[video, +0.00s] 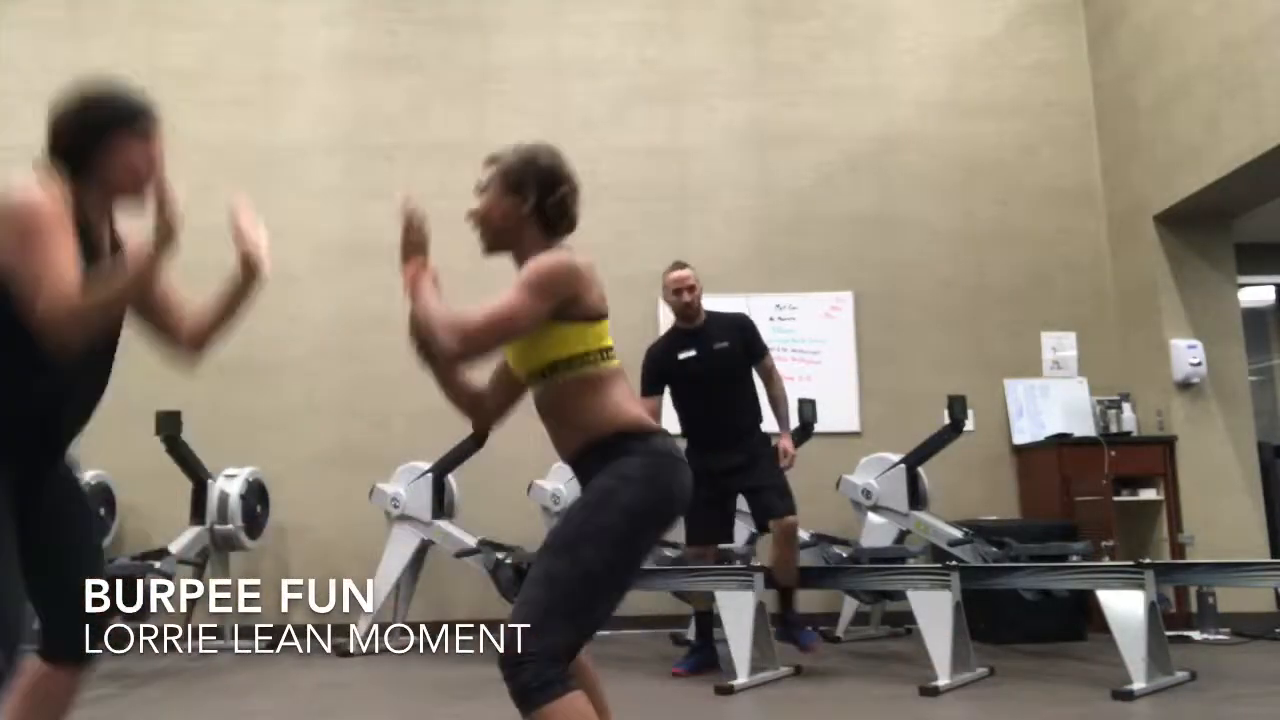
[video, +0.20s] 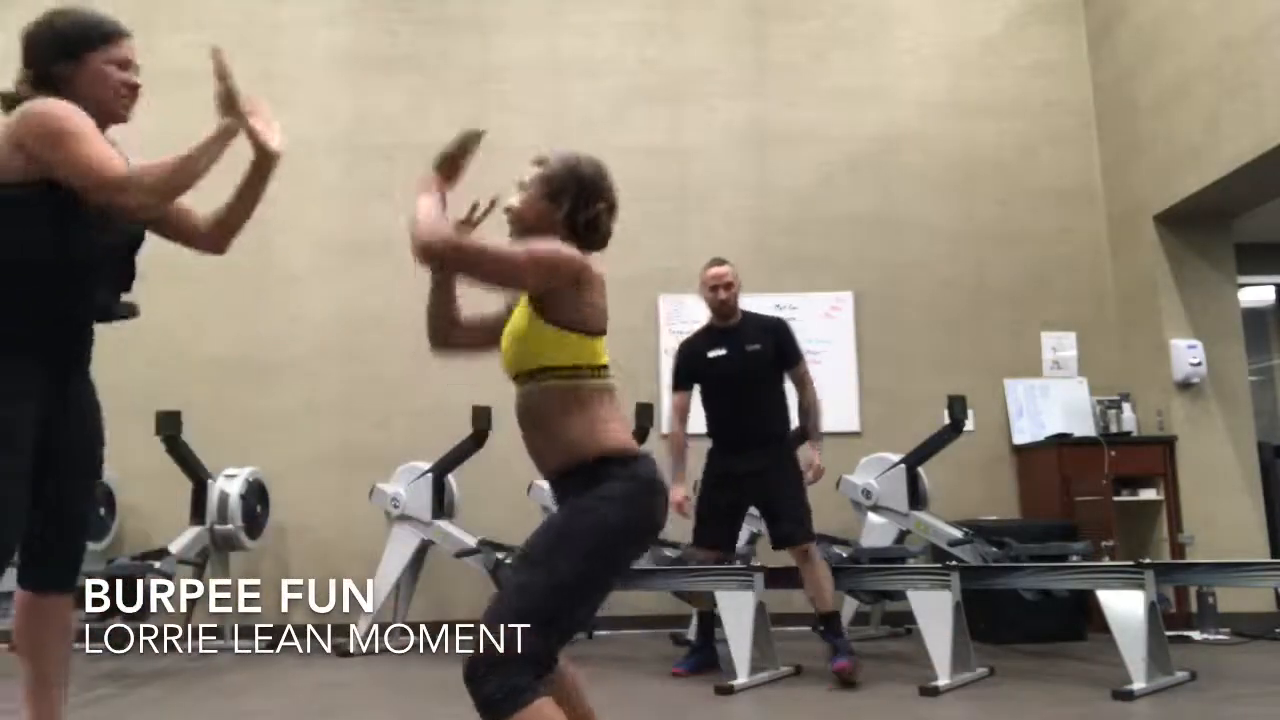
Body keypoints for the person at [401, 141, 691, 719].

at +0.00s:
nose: (473, 206)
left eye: (486, 191)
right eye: (479, 191)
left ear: (523, 203)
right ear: (521, 205)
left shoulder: (559, 268)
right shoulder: (546, 299)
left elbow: (453, 339)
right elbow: (484, 409)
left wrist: (419, 274)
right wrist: (430, 345)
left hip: (638, 468)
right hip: (621, 474)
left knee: (529, 656)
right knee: (547, 641)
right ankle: (597, 713)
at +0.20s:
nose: (518, 188)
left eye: (533, 183)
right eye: (525, 179)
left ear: (561, 208)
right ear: (553, 206)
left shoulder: (567, 264)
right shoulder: (538, 301)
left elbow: (432, 244)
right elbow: (445, 335)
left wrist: (431, 190)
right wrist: (450, 258)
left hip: (616, 490)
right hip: (590, 494)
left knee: (497, 668)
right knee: (529, 651)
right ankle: (582, 715)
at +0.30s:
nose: (530, 108)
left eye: (544, 100)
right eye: (536, 98)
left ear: (575, 116)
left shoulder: (572, 161)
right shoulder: (537, 204)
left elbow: (440, 154)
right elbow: (431, 239)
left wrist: (382, 120)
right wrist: (385, 160)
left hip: (584, 402)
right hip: (560, 407)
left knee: (554, 606)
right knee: (553, 604)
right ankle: (588, 707)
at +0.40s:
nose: (534, 56)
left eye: (547, 45)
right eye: (539, 44)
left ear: (582, 57)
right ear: (588, 61)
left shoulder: (580, 99)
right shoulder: (539, 150)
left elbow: (461, 79)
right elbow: (427, 159)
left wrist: (356, 43)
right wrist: (350, 95)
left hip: (575, 331)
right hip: (550, 337)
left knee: (568, 533)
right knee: (564, 534)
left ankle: (581, 706)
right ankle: (582, 703)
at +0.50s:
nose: (541, 66)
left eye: (553, 56)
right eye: (544, 56)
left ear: (589, 65)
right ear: (582, 67)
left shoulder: (598, 113)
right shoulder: (558, 152)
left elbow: (478, 73)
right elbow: (458, 168)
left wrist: (394, 11)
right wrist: (403, 104)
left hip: (569, 335)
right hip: (549, 339)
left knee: (561, 533)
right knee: (558, 533)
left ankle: (582, 705)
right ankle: (586, 701)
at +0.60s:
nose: (540, 148)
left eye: (550, 136)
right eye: (542, 137)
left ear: (584, 139)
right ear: (574, 147)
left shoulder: (611, 194)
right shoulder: (567, 216)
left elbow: (507, 157)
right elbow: (496, 261)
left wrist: (485, 71)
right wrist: (477, 186)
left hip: (578, 404)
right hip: (550, 404)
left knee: (534, 602)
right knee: (552, 599)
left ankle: (569, 708)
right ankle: (584, 707)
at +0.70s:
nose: (510, 180)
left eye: (518, 165)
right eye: (508, 167)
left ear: (555, 168)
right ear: (553, 173)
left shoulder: (604, 234)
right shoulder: (544, 249)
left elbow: (593, 299)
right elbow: (533, 346)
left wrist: (524, 229)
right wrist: (493, 297)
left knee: (517, 647)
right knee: (533, 643)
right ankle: (592, 710)